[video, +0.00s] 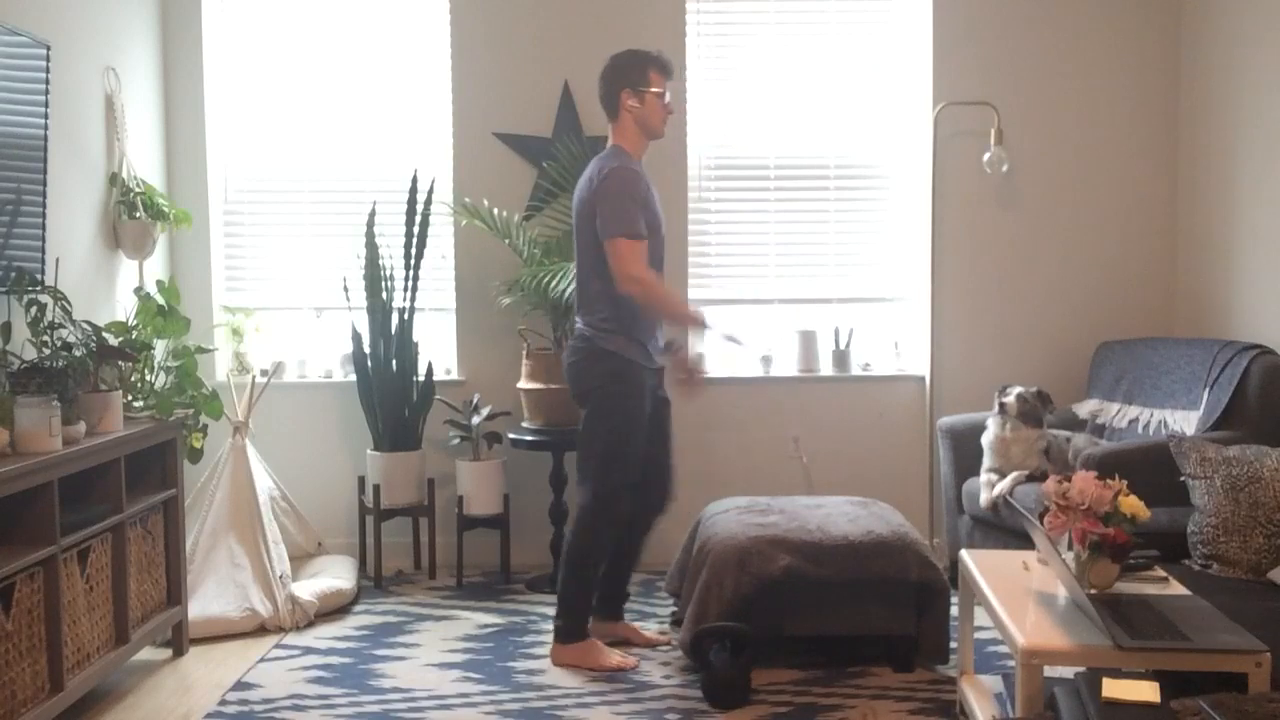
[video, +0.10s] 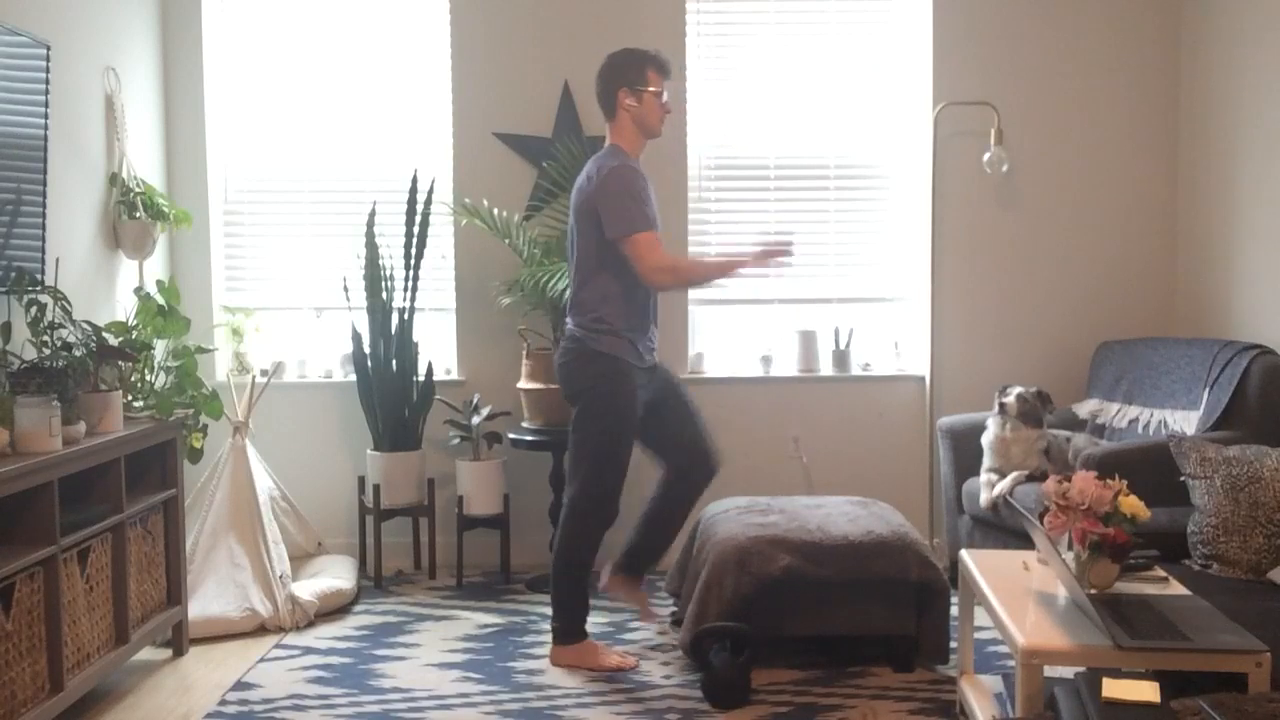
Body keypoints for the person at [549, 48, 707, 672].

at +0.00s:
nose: (670, 105)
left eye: (668, 94)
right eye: (661, 94)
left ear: (631, 104)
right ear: (628, 102)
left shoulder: (624, 172)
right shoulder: (616, 173)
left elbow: (631, 279)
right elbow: (628, 275)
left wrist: (672, 342)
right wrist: (689, 313)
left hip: (635, 357)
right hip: (611, 357)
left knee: (649, 488)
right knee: (607, 492)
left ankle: (607, 618)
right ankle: (570, 639)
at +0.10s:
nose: (668, 106)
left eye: (667, 95)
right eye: (658, 95)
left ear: (629, 103)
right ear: (624, 101)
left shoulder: (616, 171)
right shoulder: (615, 172)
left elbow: (649, 270)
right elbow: (655, 269)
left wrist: (723, 266)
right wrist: (741, 262)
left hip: (635, 359)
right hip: (603, 358)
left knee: (696, 463)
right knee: (591, 502)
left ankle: (628, 573)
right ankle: (568, 641)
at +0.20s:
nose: (672, 105)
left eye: (670, 94)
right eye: (663, 94)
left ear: (635, 99)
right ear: (628, 97)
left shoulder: (620, 168)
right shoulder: (618, 168)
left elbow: (681, 258)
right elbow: (682, 253)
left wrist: (738, 211)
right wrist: (745, 203)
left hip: (632, 350)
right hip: (601, 354)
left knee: (728, 403)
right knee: (596, 502)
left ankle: (644, 499)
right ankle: (569, 641)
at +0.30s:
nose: (680, 102)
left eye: (678, 92)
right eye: (671, 92)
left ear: (640, 99)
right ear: (640, 97)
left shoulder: (632, 166)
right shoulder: (626, 166)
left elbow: (706, 250)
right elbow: (708, 243)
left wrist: (727, 182)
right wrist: (735, 173)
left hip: (633, 337)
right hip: (604, 352)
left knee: (737, 339)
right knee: (600, 503)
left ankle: (673, 452)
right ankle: (568, 640)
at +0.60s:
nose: (729, 118)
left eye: (726, 107)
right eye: (720, 107)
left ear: (687, 119)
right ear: (691, 116)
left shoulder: (672, 184)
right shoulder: (677, 185)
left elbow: (742, 275)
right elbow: (745, 267)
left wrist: (755, 223)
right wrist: (765, 202)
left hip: (669, 352)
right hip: (642, 365)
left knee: (774, 370)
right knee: (636, 516)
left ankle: (755, 497)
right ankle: (571, 641)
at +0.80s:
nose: (769, 75)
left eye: (766, 64)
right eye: (760, 64)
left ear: (727, 75)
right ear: (731, 72)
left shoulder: (718, 139)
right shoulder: (721, 138)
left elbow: (732, 231)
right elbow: (734, 228)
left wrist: (795, 240)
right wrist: (811, 239)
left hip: (711, 326)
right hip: (690, 327)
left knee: (801, 404)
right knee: (671, 470)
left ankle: (759, 538)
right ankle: (599, 603)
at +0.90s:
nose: (779, 42)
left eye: (776, 31)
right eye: (771, 30)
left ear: (738, 39)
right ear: (742, 36)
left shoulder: (736, 110)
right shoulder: (725, 106)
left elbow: (753, 219)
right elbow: (708, 195)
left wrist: (811, 190)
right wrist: (763, 264)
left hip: (725, 287)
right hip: (706, 287)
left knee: (795, 402)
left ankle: (761, 544)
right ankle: (657, 535)